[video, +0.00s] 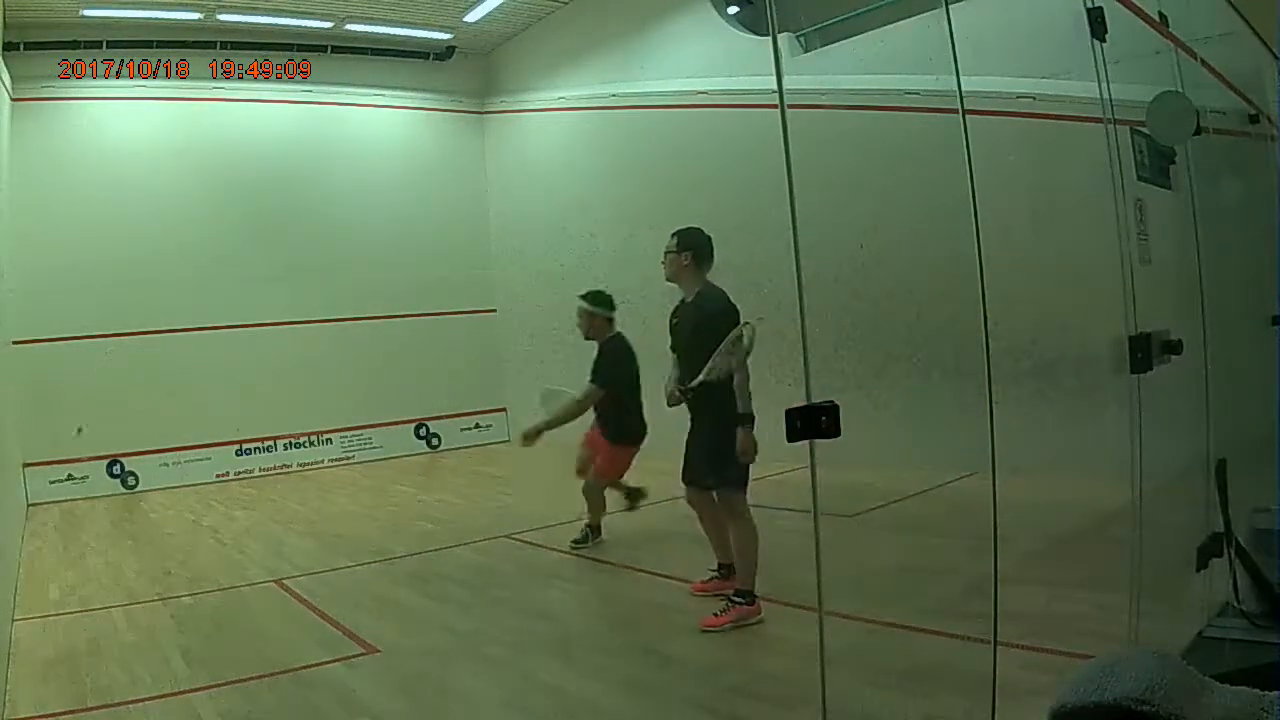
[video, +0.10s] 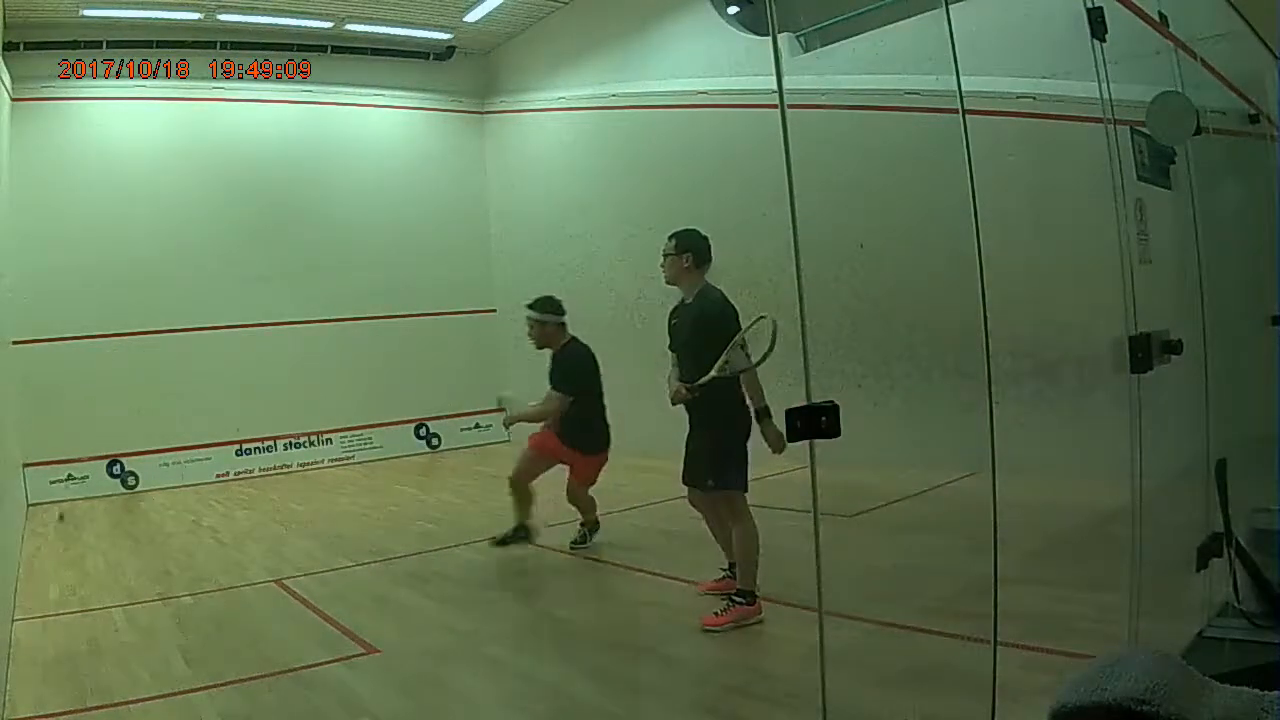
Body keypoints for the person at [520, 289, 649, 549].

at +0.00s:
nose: (578, 323)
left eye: (582, 317)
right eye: (579, 317)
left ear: (598, 320)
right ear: (598, 320)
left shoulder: (614, 352)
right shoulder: (608, 346)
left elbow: (584, 402)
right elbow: (606, 390)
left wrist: (542, 427)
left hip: (623, 436)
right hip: (605, 425)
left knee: (592, 487)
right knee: (583, 468)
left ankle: (594, 529)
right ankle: (629, 492)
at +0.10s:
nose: (529, 333)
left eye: (534, 326)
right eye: (529, 326)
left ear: (553, 327)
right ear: (552, 327)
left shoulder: (574, 357)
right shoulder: (560, 354)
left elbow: (554, 408)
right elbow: (555, 398)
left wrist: (515, 418)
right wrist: (524, 409)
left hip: (590, 445)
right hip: (561, 433)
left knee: (576, 493)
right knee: (519, 478)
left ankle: (591, 524)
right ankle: (523, 527)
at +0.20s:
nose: (481, 343)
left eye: (485, 336)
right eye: (480, 336)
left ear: (505, 335)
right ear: (504, 336)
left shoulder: (540, 367)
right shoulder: (506, 367)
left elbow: (544, 426)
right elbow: (496, 402)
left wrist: (508, 440)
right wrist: (476, 426)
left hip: (548, 458)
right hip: (515, 449)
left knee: (526, 518)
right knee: (477, 502)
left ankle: (562, 514)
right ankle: (463, 562)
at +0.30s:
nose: (448, 355)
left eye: (452, 349)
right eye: (447, 349)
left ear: (475, 347)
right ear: (470, 347)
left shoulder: (517, 377)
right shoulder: (460, 384)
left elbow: (552, 425)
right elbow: (445, 431)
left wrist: (523, 461)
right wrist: (424, 475)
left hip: (516, 463)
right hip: (479, 456)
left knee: (481, 540)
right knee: (447, 516)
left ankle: (514, 532)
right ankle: (459, 565)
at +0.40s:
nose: (416, 350)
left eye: (420, 343)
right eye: (415, 343)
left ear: (444, 342)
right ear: (440, 343)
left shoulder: (493, 368)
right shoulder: (424, 385)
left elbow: (537, 395)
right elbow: (397, 444)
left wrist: (526, 446)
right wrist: (409, 492)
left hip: (479, 464)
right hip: (437, 462)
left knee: (447, 525)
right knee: (440, 526)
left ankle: (427, 595)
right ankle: (444, 563)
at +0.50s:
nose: (392, 370)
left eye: (398, 362)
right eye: (390, 361)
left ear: (425, 359)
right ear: (404, 359)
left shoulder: (470, 378)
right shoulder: (393, 397)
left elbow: (509, 404)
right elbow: (361, 465)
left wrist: (514, 454)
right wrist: (396, 504)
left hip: (447, 483)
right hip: (400, 477)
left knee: (420, 559)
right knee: (407, 530)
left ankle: (396, 647)